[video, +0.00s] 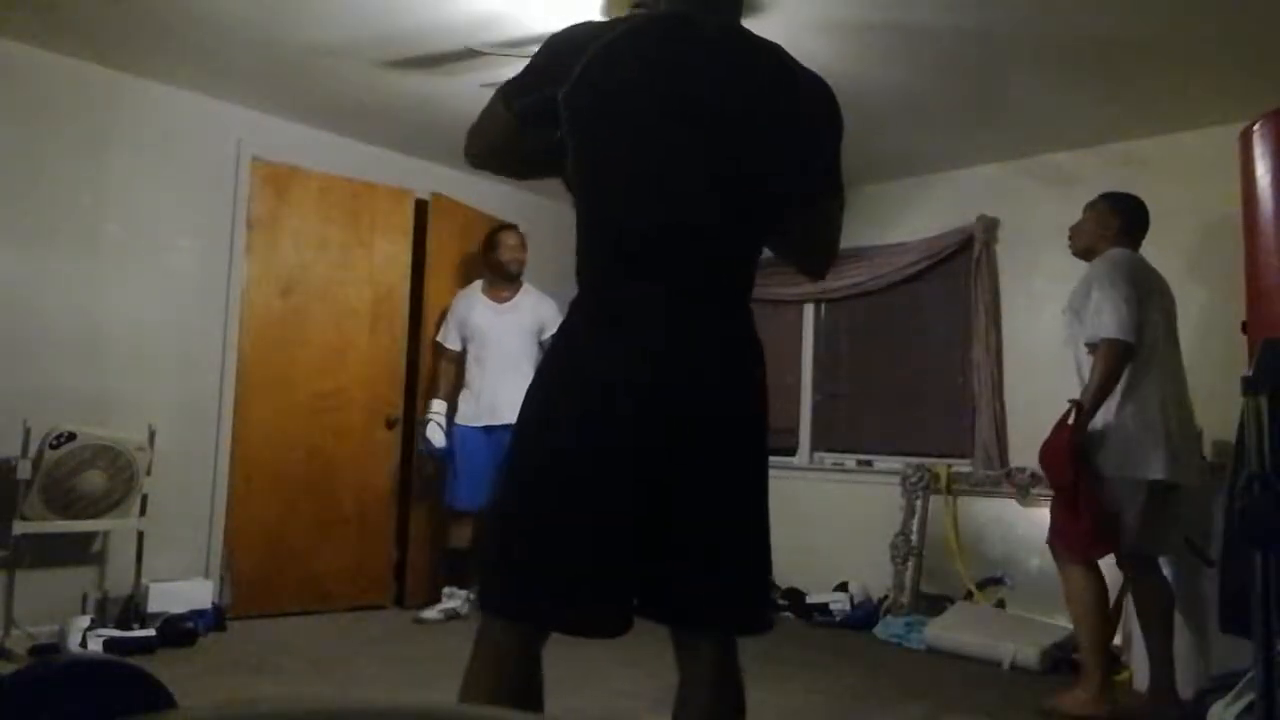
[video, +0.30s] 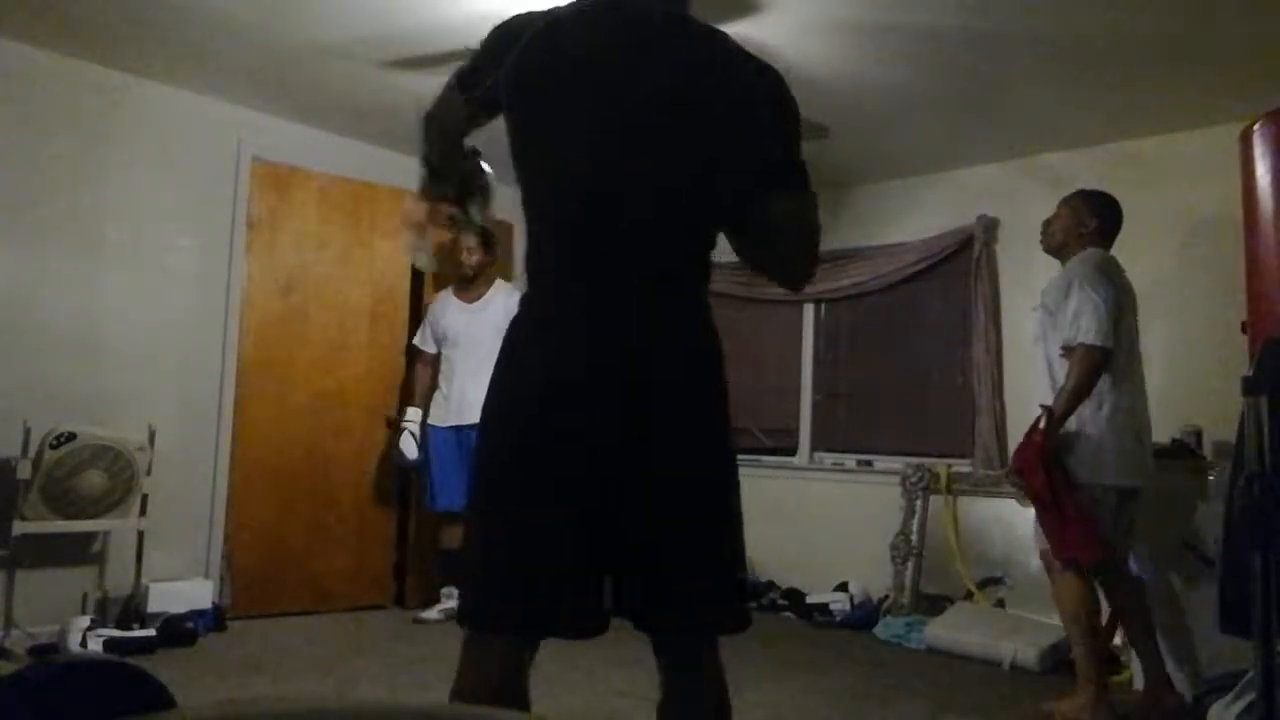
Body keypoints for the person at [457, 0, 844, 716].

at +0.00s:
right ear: (744, 1)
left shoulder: (589, 50)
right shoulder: (799, 91)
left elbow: (490, 144)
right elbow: (815, 250)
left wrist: (603, 154)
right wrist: (733, 176)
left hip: (596, 358)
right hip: (718, 369)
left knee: (511, 620)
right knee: (706, 634)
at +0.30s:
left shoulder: (533, 38)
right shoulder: (747, 83)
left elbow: (442, 127)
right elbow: (792, 257)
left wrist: (460, 186)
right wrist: (708, 167)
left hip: (548, 357)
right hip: (673, 368)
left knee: (497, 642)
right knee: (689, 646)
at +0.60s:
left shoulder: (456, 30)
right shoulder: (680, 69)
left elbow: (359, 108)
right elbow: (760, 242)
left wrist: (439, 138)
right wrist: (686, 159)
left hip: (482, 364)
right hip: (610, 372)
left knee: (458, 643)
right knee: (648, 640)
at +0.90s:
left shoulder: (450, 36)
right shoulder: (658, 77)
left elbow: (394, 79)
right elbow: (711, 235)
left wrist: (441, 2)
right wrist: (677, 107)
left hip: (466, 365)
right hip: (592, 371)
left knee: (446, 644)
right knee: (633, 634)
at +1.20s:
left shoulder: (479, 58)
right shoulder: (676, 82)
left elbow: (455, 15)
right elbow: (682, 211)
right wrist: (688, 74)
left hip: (493, 362)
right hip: (614, 368)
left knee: (461, 640)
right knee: (650, 635)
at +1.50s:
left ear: (562, 3)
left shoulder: (527, 65)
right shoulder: (722, 91)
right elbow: (725, 209)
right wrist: (729, 91)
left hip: (537, 359)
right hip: (655, 369)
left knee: (483, 640)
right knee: (672, 638)